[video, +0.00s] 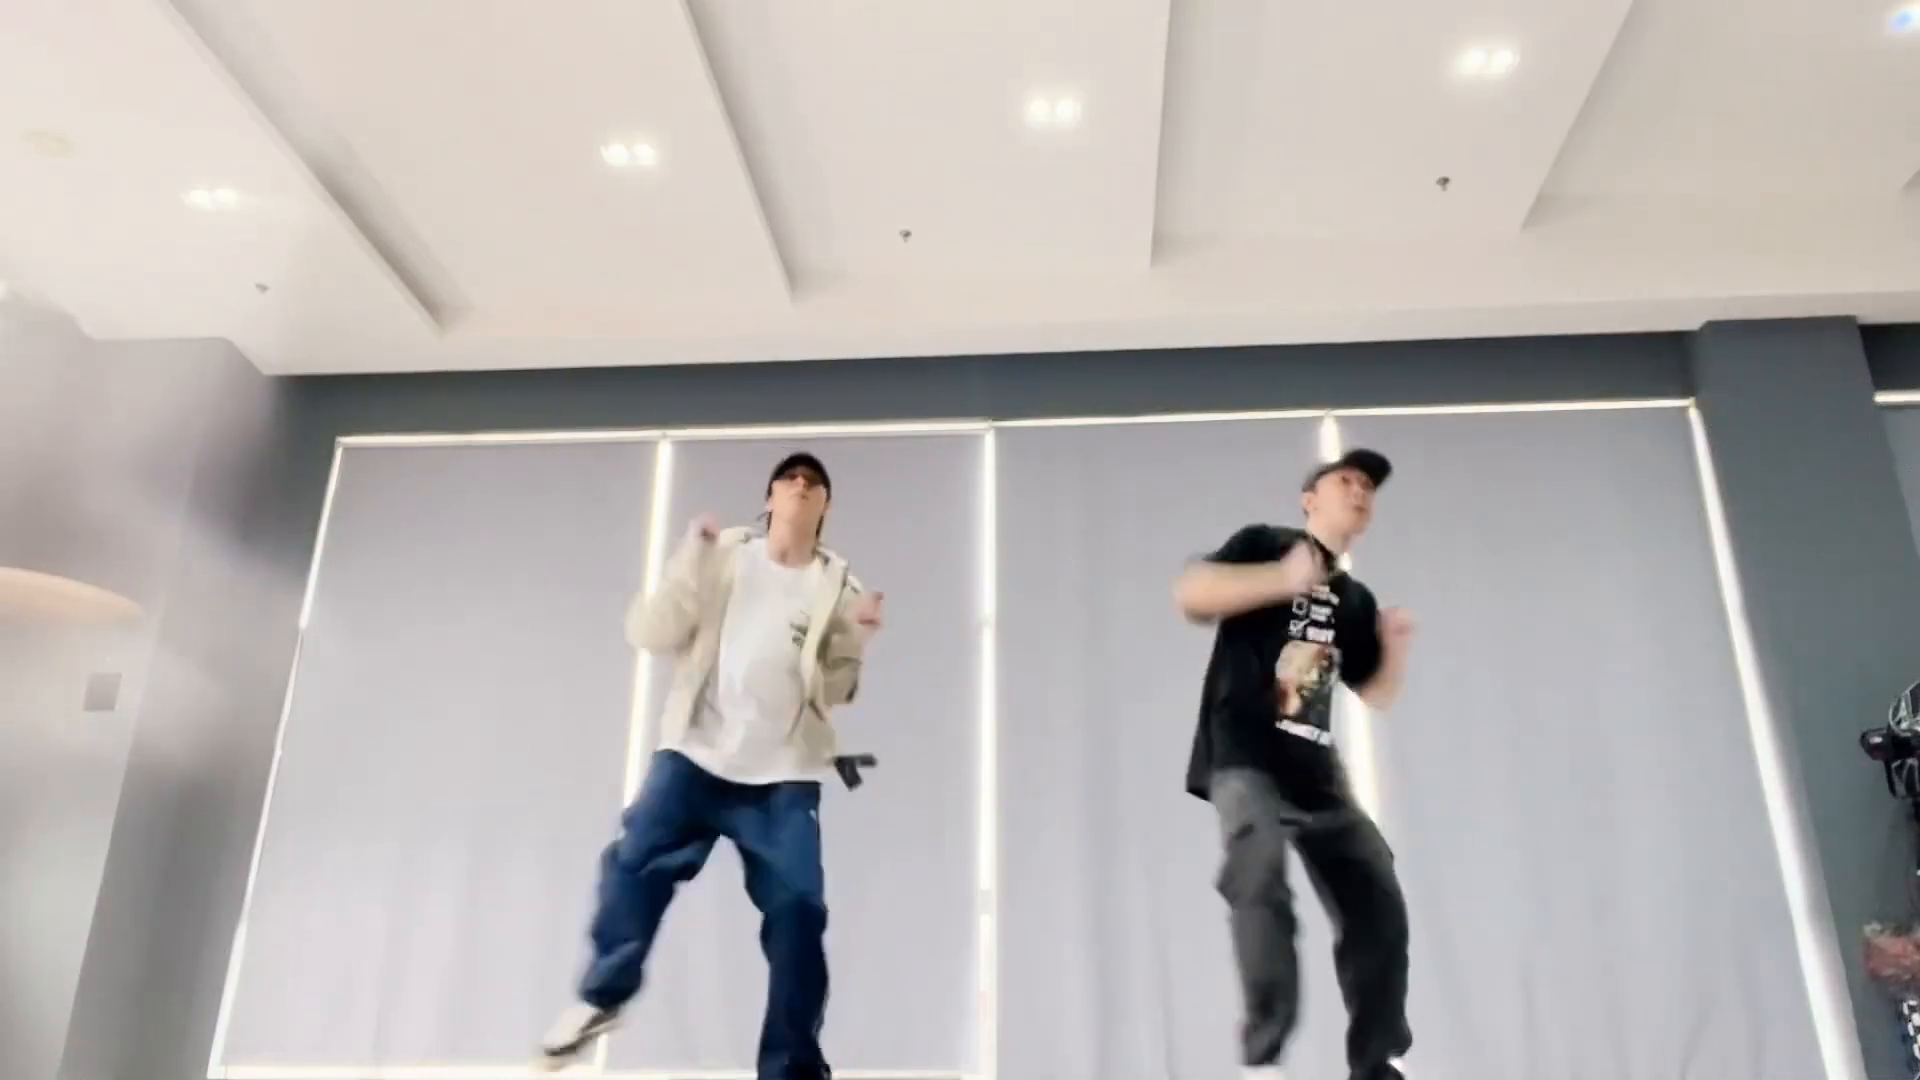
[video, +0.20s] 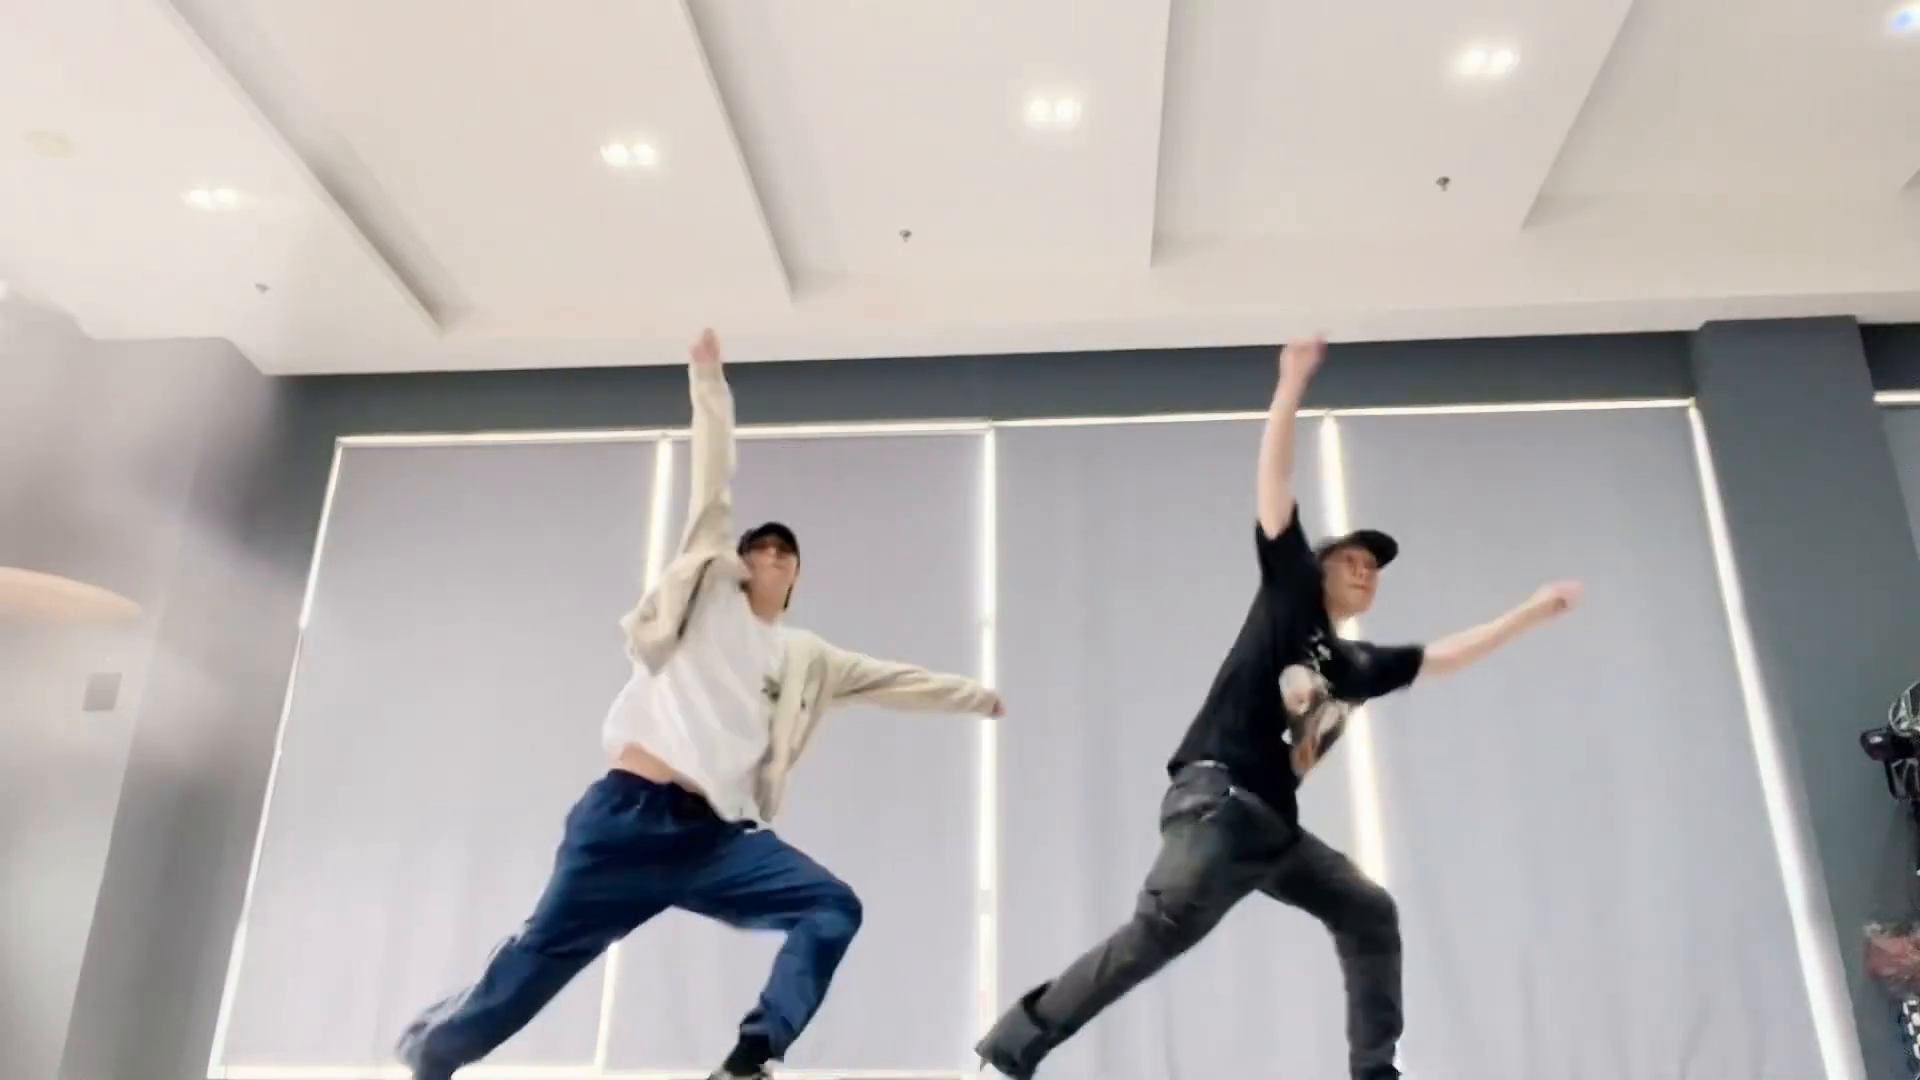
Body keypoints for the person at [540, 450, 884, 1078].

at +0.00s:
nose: (802, 488)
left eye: (815, 484)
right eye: (791, 480)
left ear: (828, 509)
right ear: (769, 500)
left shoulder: (839, 586)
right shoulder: (720, 551)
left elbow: (834, 693)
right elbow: (652, 635)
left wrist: (850, 637)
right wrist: (689, 560)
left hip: (783, 770)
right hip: (695, 755)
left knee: (797, 912)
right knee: (633, 861)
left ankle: (792, 1067)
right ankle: (602, 998)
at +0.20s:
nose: (772, 555)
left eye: (784, 553)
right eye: (761, 549)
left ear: (795, 582)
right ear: (738, 567)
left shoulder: (807, 659)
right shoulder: (702, 593)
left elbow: (892, 679)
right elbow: (712, 486)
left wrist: (975, 697)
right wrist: (710, 381)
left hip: (717, 835)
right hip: (627, 813)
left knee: (833, 908)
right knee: (539, 957)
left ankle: (754, 1055)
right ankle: (430, 1056)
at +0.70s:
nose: (696, 512)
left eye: (708, 501)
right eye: (691, 508)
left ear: (742, 509)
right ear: (692, 529)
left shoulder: (791, 531)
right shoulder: (690, 604)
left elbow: (830, 453)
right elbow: (625, 646)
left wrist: (830, 359)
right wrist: (551, 618)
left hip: (803, 781)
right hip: (727, 797)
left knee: (870, 926)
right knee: (622, 918)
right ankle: (694, 1062)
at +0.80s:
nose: (701, 539)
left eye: (715, 529)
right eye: (693, 533)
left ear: (743, 540)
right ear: (687, 553)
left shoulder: (776, 569)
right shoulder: (681, 630)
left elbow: (793, 471)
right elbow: (619, 636)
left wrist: (831, 376)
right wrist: (559, 633)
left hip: (826, 806)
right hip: (751, 822)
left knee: (911, 961)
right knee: (631, 930)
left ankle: (1014, 1070)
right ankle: (687, 1071)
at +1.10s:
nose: (755, 482)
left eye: (768, 476)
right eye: (743, 475)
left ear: (785, 498)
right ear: (727, 497)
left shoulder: (807, 558)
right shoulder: (702, 570)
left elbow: (840, 649)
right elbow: (680, 688)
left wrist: (827, 570)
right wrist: (667, 629)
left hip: (785, 758)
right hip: (706, 753)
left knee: (759, 913)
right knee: (688, 898)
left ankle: (754, 1067)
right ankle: (694, 1064)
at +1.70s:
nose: (755, 483)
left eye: (768, 477)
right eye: (746, 477)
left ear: (789, 498)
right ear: (731, 495)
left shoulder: (821, 563)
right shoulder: (694, 551)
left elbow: (904, 594)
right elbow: (600, 577)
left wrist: (990, 593)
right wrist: (506, 583)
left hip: (763, 755)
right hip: (683, 744)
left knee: (747, 921)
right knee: (668, 904)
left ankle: (759, 1069)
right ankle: (704, 1064)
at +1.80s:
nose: (754, 486)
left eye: (767, 481)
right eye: (744, 479)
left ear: (785, 504)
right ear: (726, 501)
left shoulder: (811, 560)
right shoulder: (688, 557)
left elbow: (883, 606)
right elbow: (602, 586)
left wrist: (936, 543)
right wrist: (526, 550)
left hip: (777, 751)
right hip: (696, 746)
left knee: (768, 917)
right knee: (683, 916)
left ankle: (753, 1066)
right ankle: (704, 1063)